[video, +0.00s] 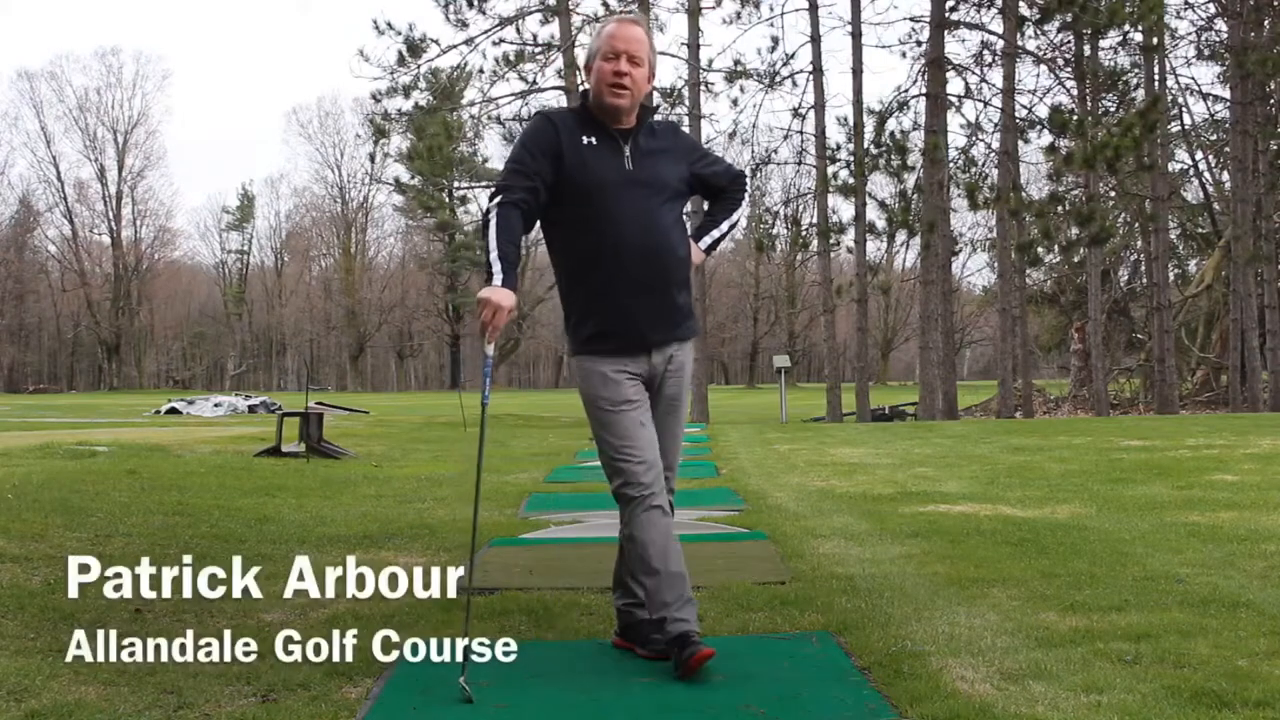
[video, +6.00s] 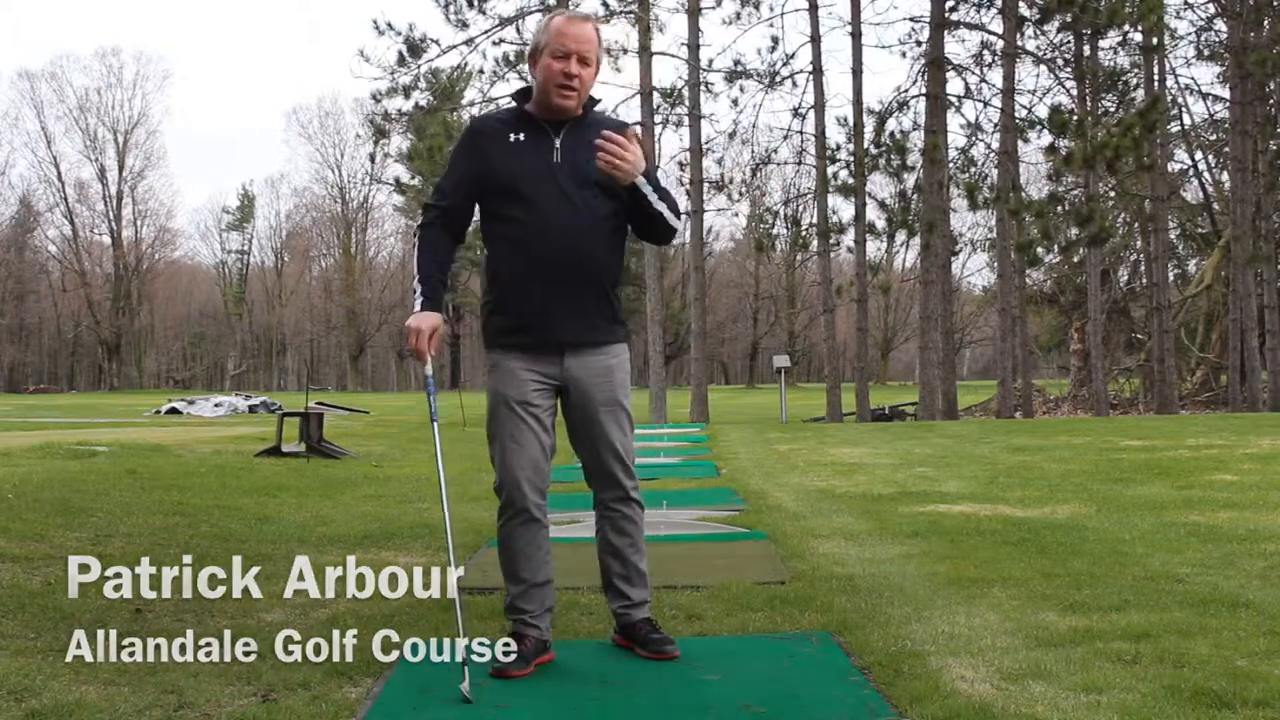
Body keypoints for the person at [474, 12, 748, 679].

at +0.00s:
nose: (620, 68)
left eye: (633, 60)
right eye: (610, 57)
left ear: (651, 77)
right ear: (588, 69)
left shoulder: (673, 141)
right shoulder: (553, 131)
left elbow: (732, 185)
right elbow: (511, 201)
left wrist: (701, 241)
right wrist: (502, 280)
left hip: (674, 339)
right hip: (600, 345)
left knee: (657, 487)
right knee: (642, 485)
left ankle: (635, 618)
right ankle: (681, 632)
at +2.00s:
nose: (617, 80)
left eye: (630, 70)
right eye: (606, 67)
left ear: (646, 82)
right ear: (584, 72)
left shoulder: (669, 141)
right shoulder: (548, 133)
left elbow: (733, 181)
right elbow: (508, 203)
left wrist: (703, 240)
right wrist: (503, 282)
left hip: (674, 339)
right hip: (599, 344)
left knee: (659, 488)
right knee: (634, 486)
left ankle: (634, 619)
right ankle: (669, 631)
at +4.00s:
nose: (619, 77)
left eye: (632, 68)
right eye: (608, 65)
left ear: (648, 82)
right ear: (585, 72)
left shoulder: (671, 144)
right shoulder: (548, 132)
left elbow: (732, 187)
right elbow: (507, 205)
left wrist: (710, 240)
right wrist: (505, 282)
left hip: (673, 342)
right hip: (598, 346)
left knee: (659, 489)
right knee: (631, 487)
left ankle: (633, 620)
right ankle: (666, 631)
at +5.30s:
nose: (597, 75)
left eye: (611, 64)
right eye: (587, 63)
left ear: (634, 75)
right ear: (571, 70)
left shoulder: (661, 144)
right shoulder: (541, 128)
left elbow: (696, 240)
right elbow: (497, 207)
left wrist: (690, 223)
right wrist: (497, 284)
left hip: (655, 340)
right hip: (576, 340)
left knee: (647, 483)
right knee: (585, 466)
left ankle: (638, 615)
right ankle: (594, 622)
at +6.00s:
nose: (571, 70)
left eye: (584, 61)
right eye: (560, 56)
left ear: (598, 73)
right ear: (533, 62)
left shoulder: (618, 139)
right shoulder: (487, 136)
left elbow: (665, 228)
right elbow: (442, 222)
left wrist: (636, 180)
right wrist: (428, 304)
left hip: (598, 340)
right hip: (516, 343)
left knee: (618, 484)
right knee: (520, 493)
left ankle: (634, 616)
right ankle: (530, 632)